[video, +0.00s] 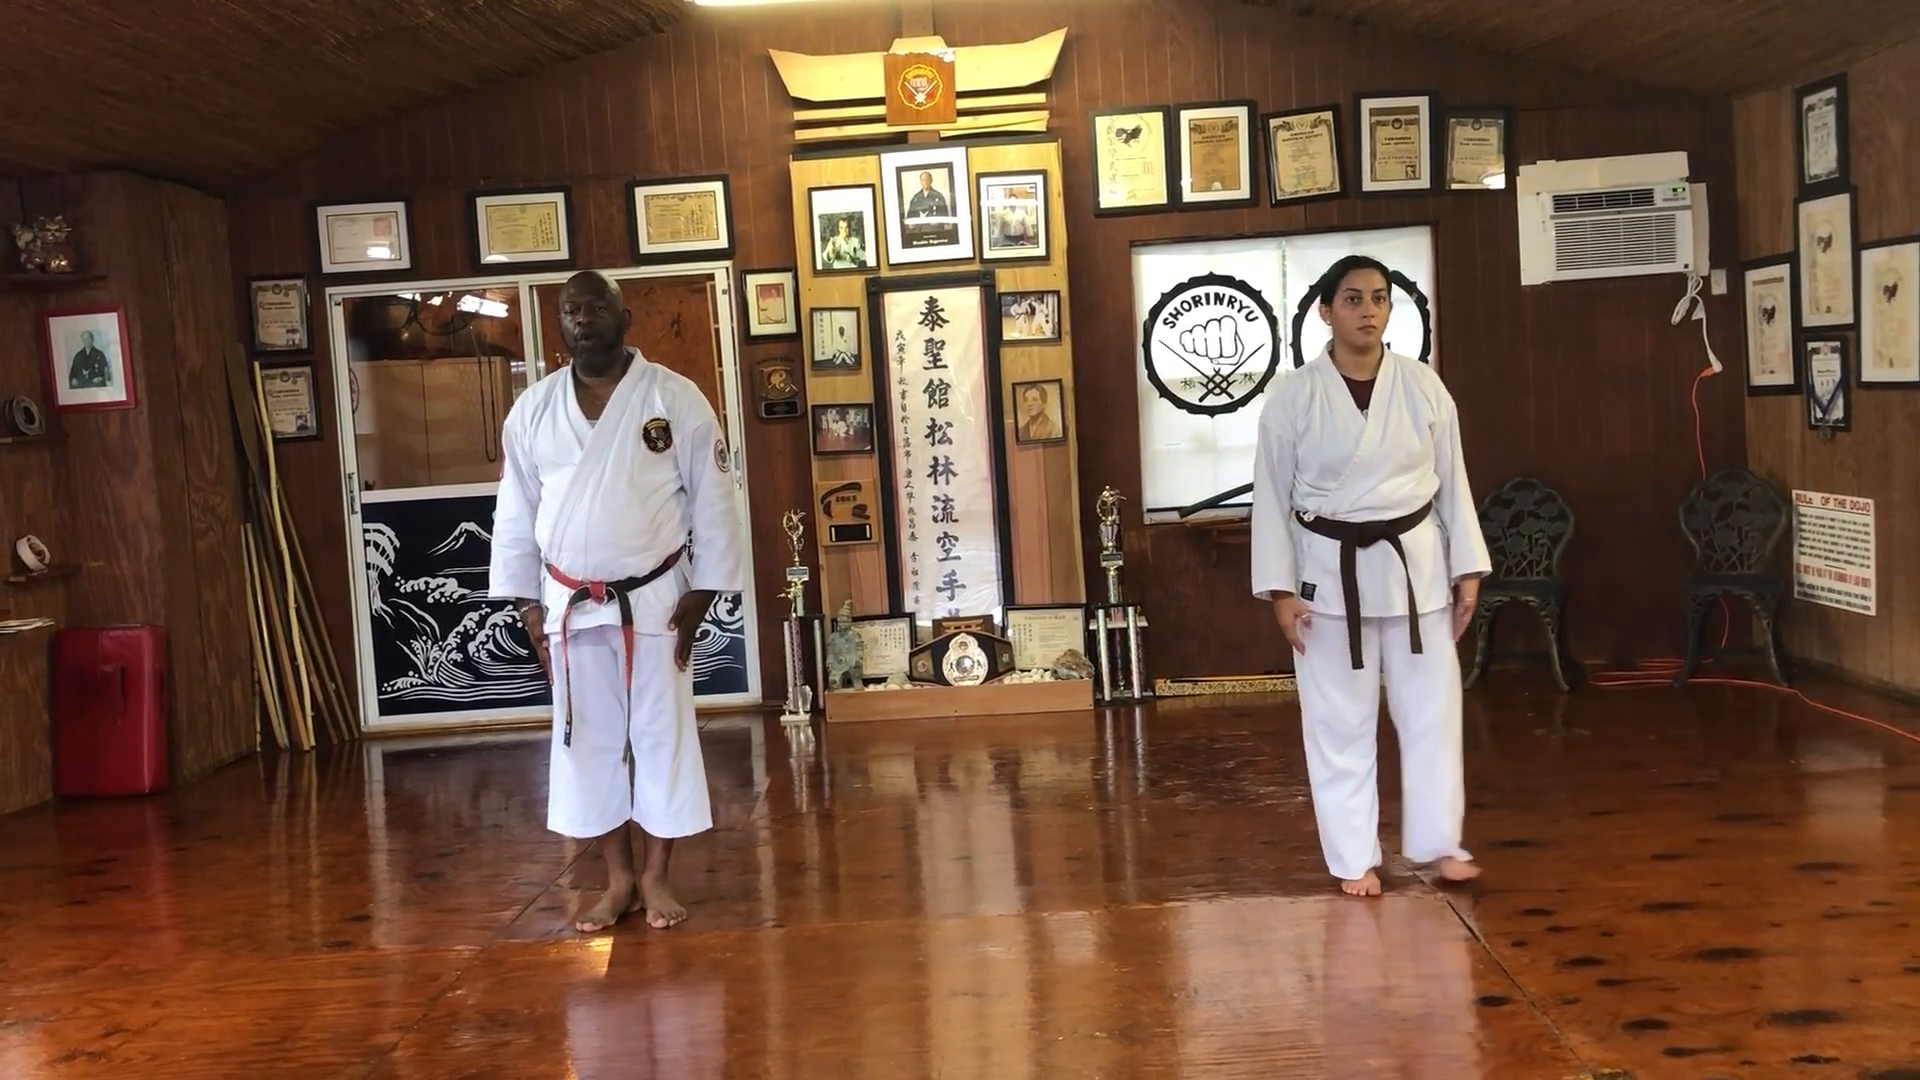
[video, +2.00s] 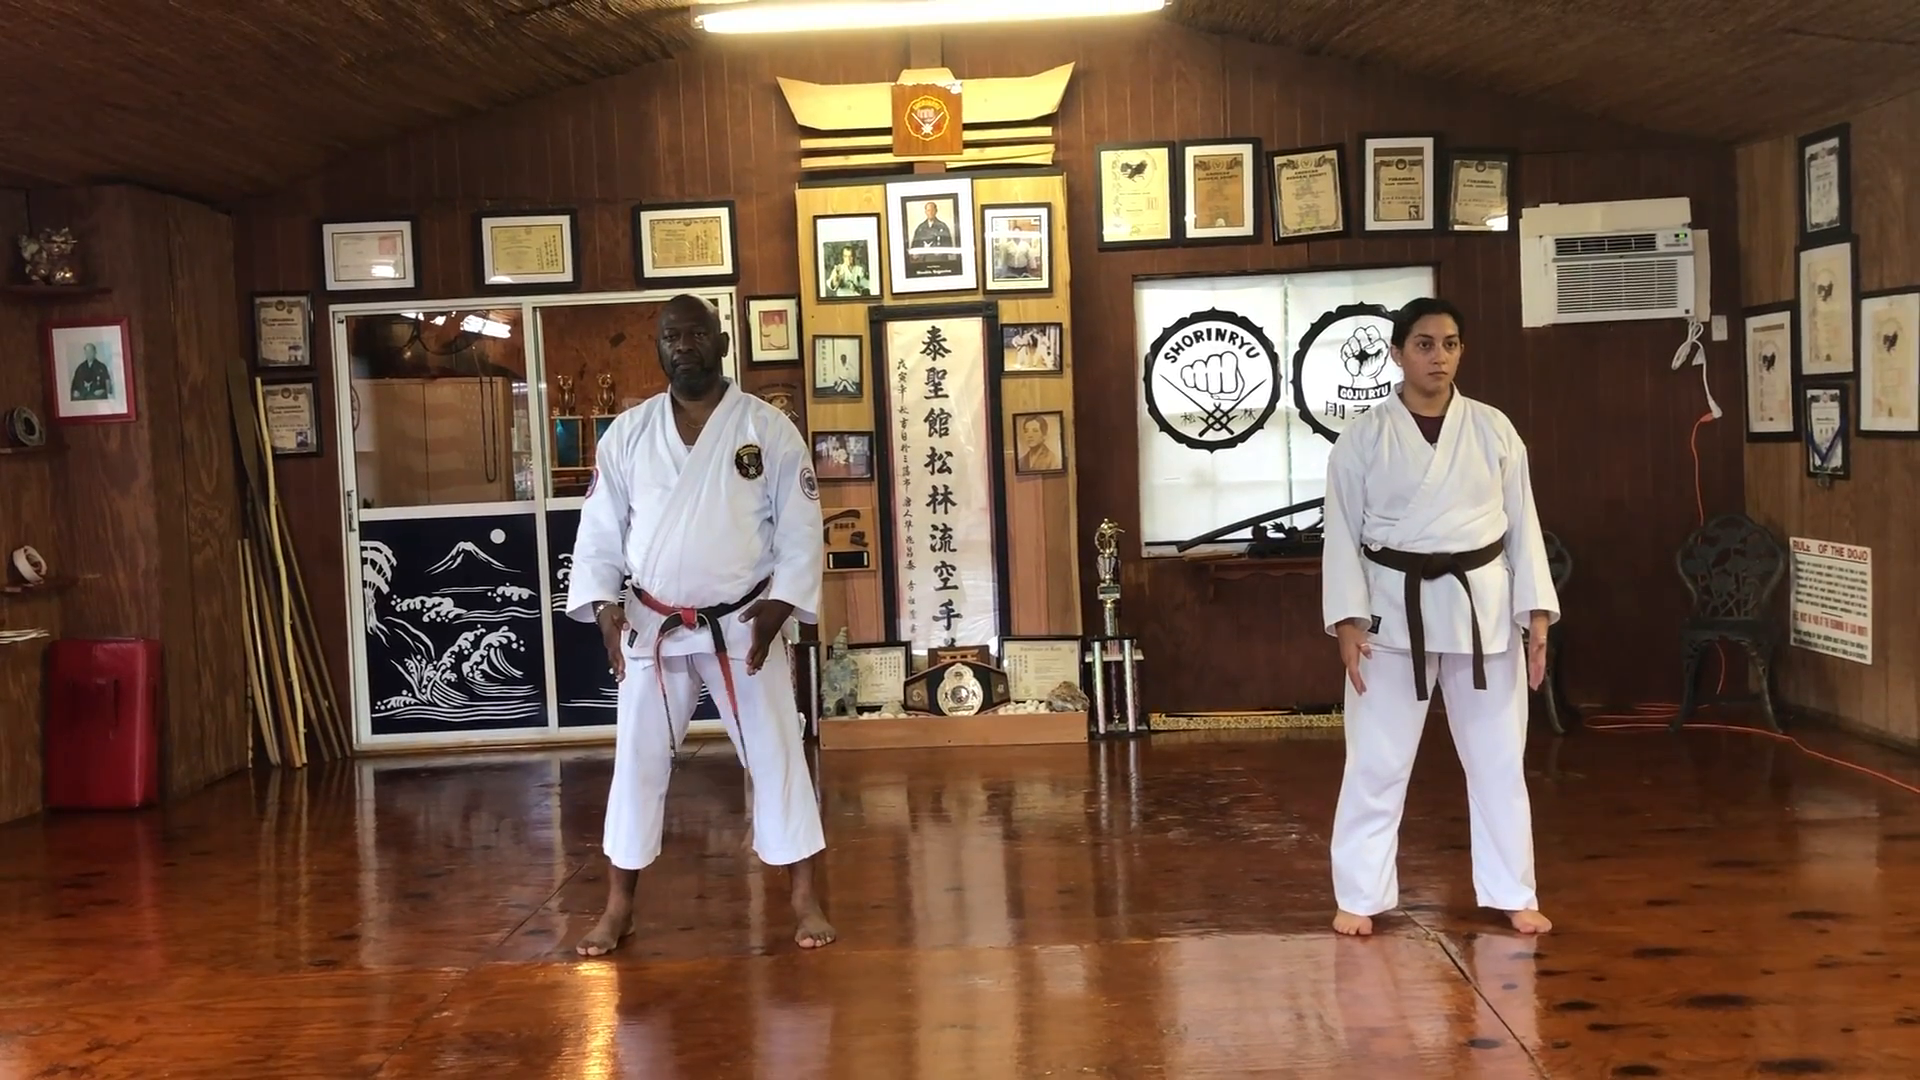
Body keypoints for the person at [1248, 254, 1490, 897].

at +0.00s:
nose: (1368, 311)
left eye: (1379, 299)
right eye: (1353, 299)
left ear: (1391, 311)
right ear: (1326, 311)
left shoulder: (1422, 384)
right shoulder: (1291, 394)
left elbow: (1452, 482)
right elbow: (1271, 495)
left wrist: (1468, 566)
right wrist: (1280, 586)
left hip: (1417, 562)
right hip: (1328, 568)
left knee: (1433, 711)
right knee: (1341, 721)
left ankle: (1440, 846)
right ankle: (1354, 861)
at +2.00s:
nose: (1439, 356)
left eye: (1449, 344)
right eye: (1424, 343)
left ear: (1462, 353)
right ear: (1398, 353)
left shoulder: (1494, 429)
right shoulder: (1362, 437)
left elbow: (1522, 526)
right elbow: (1341, 531)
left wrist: (1536, 611)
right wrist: (1345, 615)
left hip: (1485, 611)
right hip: (1391, 612)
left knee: (1499, 764)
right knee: (1376, 765)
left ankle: (1514, 896)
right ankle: (1358, 901)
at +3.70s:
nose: (1441, 347)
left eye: (1451, 335)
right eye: (1426, 336)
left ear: (1463, 346)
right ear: (1399, 348)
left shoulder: (1496, 418)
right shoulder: (1368, 424)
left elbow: (1542, 504)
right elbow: (1329, 519)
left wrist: (1529, 578)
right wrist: (1381, 584)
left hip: (1481, 594)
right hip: (1388, 594)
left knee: (1499, 750)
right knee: (1374, 752)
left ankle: (1510, 889)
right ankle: (1357, 891)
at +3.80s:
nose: (1451, 352)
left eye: (1460, 341)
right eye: (1436, 342)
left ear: (1473, 354)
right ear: (1407, 356)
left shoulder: (1503, 406)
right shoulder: (1372, 415)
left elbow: (1588, 431)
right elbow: (1369, 443)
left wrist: (1564, 454)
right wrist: (1421, 462)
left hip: (1470, 585)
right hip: (1380, 586)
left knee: (1490, 732)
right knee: (1371, 735)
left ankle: (1512, 878)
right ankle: (1349, 881)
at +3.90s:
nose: (1457, 386)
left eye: (1467, 374)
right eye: (1445, 376)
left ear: (1481, 385)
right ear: (1420, 386)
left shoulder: (1498, 434)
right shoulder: (1389, 446)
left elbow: (1539, 403)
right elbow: (1394, 419)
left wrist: (1577, 348)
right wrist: (1423, 366)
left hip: (1471, 590)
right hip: (1380, 590)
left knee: (1486, 732)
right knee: (1371, 735)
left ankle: (1509, 881)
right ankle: (1348, 881)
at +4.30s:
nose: (1407, 419)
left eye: (1421, 403)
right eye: (1398, 410)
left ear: (1456, 408)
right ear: (1390, 417)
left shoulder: (1486, 453)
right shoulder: (1383, 462)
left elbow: (1550, 443)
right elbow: (1364, 476)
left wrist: (1540, 400)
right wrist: (1368, 425)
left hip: (1438, 615)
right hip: (1350, 607)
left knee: (1481, 746)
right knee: (1326, 735)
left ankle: (1508, 882)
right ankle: (1270, 866)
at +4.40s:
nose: (1367, 437)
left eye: (1380, 423)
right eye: (1361, 426)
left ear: (1421, 423)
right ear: (1356, 432)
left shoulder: (1467, 470)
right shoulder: (1354, 478)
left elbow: (1562, 446)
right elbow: (1330, 539)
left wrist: (1505, 440)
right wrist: (1335, 476)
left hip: (1416, 639)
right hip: (1328, 625)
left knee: (1479, 768)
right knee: (1265, 751)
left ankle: (1504, 893)